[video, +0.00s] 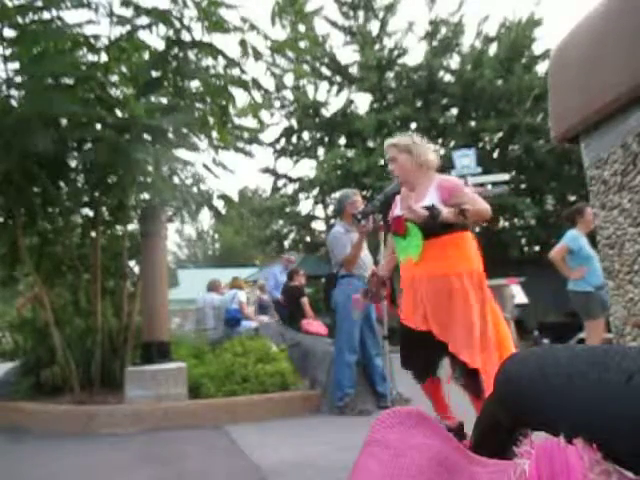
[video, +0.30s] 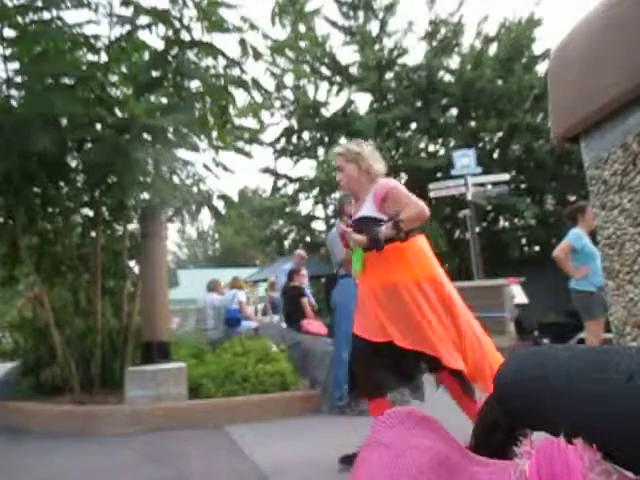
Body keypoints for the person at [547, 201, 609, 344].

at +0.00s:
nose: (593, 219)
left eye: (593, 215)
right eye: (590, 215)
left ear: (583, 219)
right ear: (580, 218)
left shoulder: (581, 237)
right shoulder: (573, 236)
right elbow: (555, 255)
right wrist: (569, 273)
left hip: (594, 288)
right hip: (584, 289)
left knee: (598, 335)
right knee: (595, 335)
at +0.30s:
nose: (594, 218)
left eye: (594, 214)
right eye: (591, 214)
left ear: (584, 217)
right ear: (581, 217)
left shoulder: (584, 237)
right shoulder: (576, 234)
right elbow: (559, 253)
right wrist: (573, 272)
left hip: (595, 287)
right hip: (585, 288)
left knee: (597, 334)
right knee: (594, 334)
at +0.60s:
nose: (594, 217)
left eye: (593, 213)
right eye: (591, 213)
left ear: (584, 217)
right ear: (581, 217)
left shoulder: (586, 236)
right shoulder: (577, 234)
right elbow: (559, 253)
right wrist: (574, 272)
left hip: (595, 287)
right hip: (585, 288)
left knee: (597, 334)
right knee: (594, 334)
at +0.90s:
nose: (594, 216)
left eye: (593, 212)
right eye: (590, 213)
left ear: (584, 216)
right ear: (582, 216)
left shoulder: (586, 236)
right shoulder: (576, 234)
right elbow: (557, 253)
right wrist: (571, 272)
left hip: (594, 287)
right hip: (585, 288)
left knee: (597, 333)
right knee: (595, 334)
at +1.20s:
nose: (593, 216)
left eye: (592, 212)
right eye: (590, 213)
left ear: (584, 216)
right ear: (581, 216)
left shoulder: (586, 235)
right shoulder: (576, 234)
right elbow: (556, 254)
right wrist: (570, 272)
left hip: (595, 287)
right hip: (584, 288)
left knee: (597, 334)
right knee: (594, 335)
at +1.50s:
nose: (593, 214)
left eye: (592, 211)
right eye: (589, 211)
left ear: (583, 215)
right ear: (580, 215)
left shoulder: (587, 235)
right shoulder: (576, 234)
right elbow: (555, 253)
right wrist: (569, 272)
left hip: (595, 286)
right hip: (582, 288)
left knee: (596, 335)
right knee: (592, 336)